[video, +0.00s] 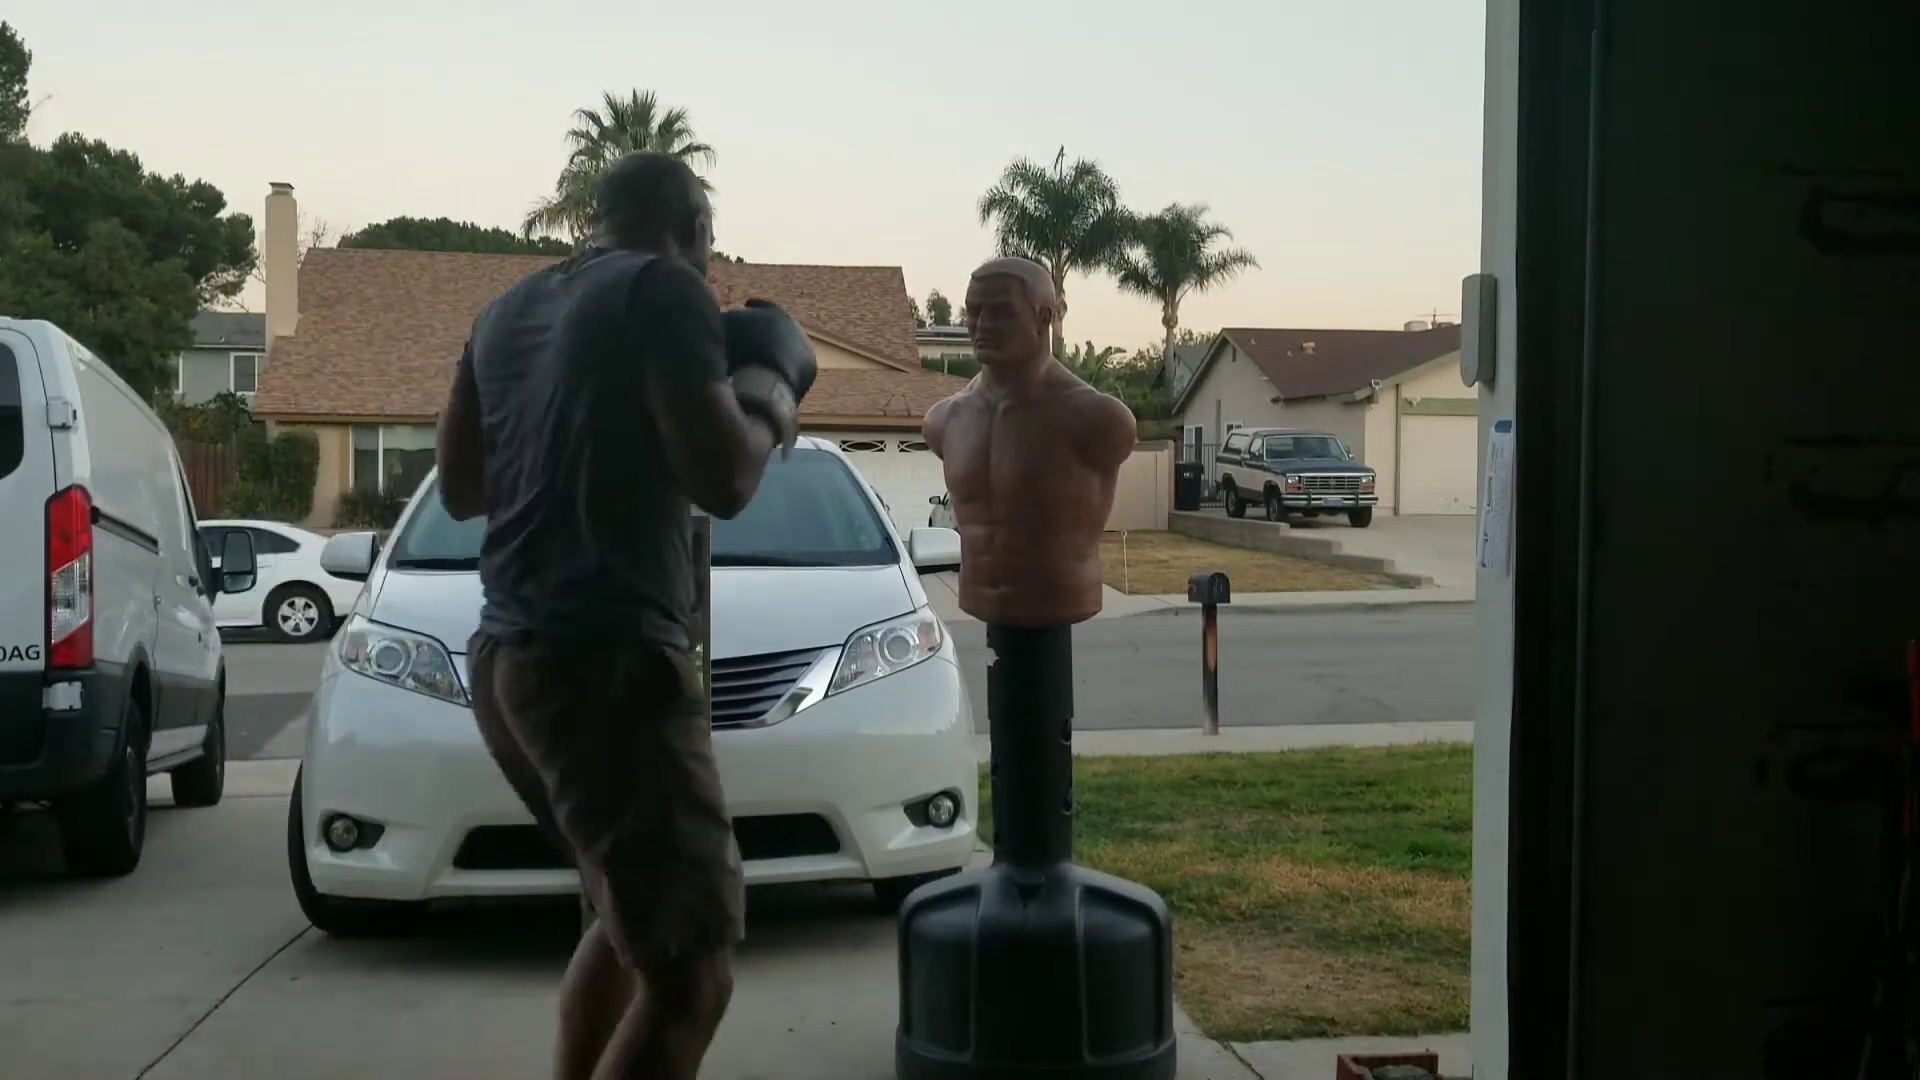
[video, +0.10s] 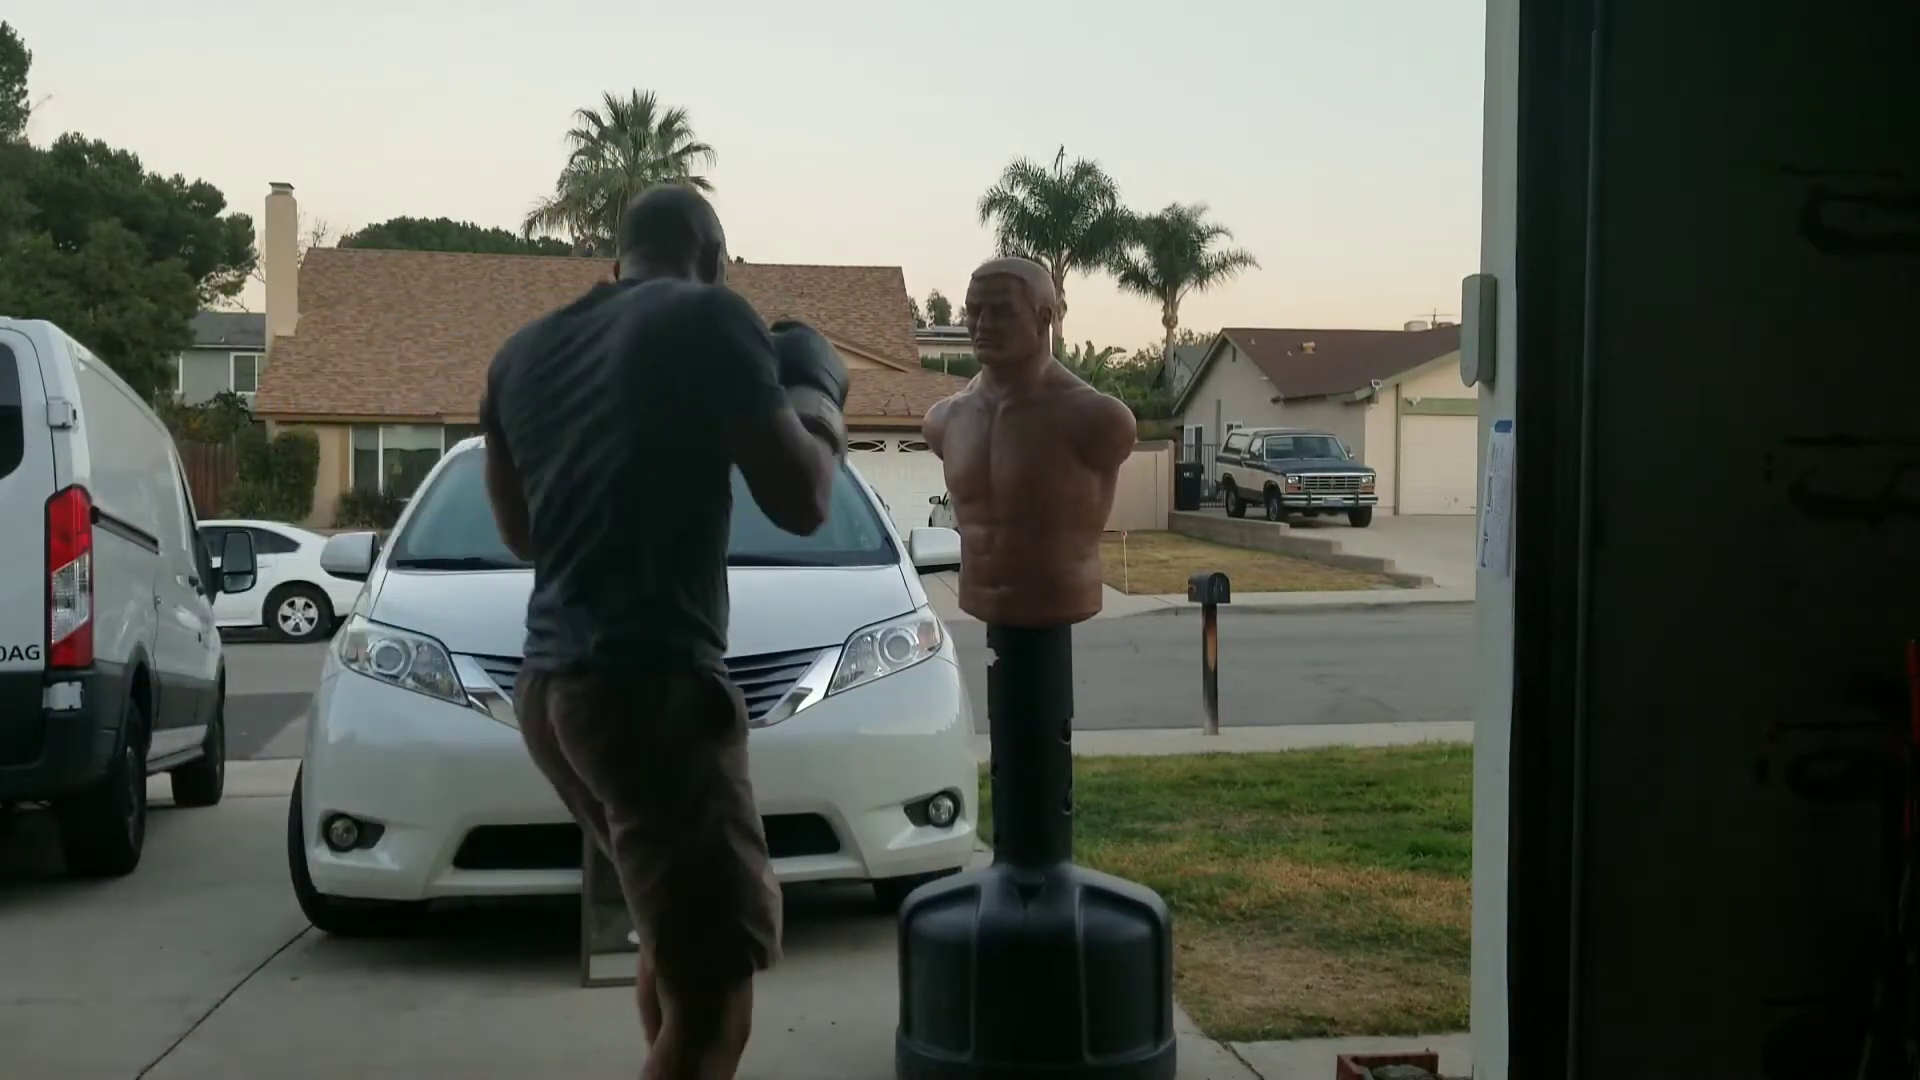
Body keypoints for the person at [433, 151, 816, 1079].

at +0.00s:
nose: (710, 255)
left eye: (711, 240)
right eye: (708, 238)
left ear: (599, 225)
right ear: (686, 229)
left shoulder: (503, 311)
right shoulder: (665, 288)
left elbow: (463, 489)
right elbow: (727, 481)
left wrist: (587, 422)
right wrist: (768, 390)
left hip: (511, 665)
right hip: (612, 665)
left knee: (624, 917)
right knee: (692, 966)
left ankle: (576, 1070)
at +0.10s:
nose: (721, 279)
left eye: (722, 271)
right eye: (724, 269)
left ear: (620, 259)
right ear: (713, 261)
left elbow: (521, 530)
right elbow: (801, 501)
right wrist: (815, 388)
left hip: (553, 697)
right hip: (655, 694)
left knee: (665, 935)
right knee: (709, 998)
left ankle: (667, 1064)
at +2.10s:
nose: (411, 382)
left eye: (420, 368)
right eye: (401, 364)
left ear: (393, 373)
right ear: (348, 358)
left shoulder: (356, 442)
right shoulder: (262, 432)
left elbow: (452, 524)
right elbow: (362, 537)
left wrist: (481, 402)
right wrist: (410, 419)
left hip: (369, 714)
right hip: (276, 728)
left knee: (493, 848)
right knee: (268, 971)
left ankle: (560, 1050)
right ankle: (151, 1077)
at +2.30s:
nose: (315, 292)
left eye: (325, 276)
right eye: (306, 273)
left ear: (306, 276)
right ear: (249, 262)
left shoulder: (284, 346)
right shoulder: (165, 338)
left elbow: (345, 452)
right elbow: (265, 466)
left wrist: (402, 351)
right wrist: (321, 347)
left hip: (280, 640)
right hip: (172, 646)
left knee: (366, 836)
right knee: (138, 894)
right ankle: (45, 1073)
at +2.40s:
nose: (276, 309)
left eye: (283, 294)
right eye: (268, 290)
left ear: (224, 280)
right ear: (209, 278)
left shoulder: (241, 375)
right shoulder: (115, 362)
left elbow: (294, 491)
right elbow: (208, 492)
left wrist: (348, 415)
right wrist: (271, 373)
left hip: (234, 671)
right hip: (122, 675)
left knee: (295, 888)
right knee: (82, 924)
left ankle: (122, 1060)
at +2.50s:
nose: (253, 358)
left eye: (258, 341)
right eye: (238, 338)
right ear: (177, 334)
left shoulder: (206, 437)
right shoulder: (73, 423)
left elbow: (217, 568)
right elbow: (161, 559)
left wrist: (290, 506)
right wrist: (229, 438)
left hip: (194, 735)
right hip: (82, 732)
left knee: (232, 953)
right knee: (54, 968)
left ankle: (52, 1072)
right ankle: (4, 1068)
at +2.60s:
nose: (260, 349)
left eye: (263, 331)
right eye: (249, 330)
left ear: (194, 328)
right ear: (186, 325)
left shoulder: (207, 424)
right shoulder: (76, 412)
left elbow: (217, 540)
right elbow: (145, 555)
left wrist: (285, 515)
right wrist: (234, 450)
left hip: (194, 717)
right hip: (82, 721)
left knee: (250, 925)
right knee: (55, 953)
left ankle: (73, 1062)